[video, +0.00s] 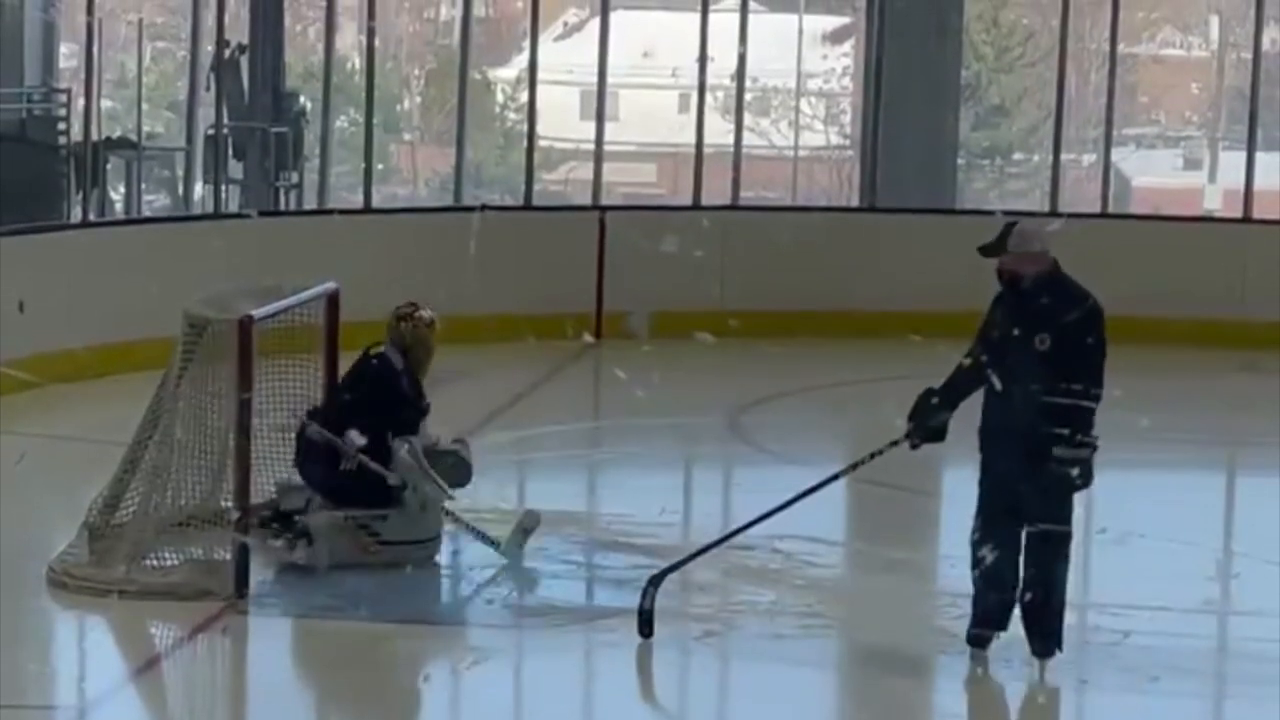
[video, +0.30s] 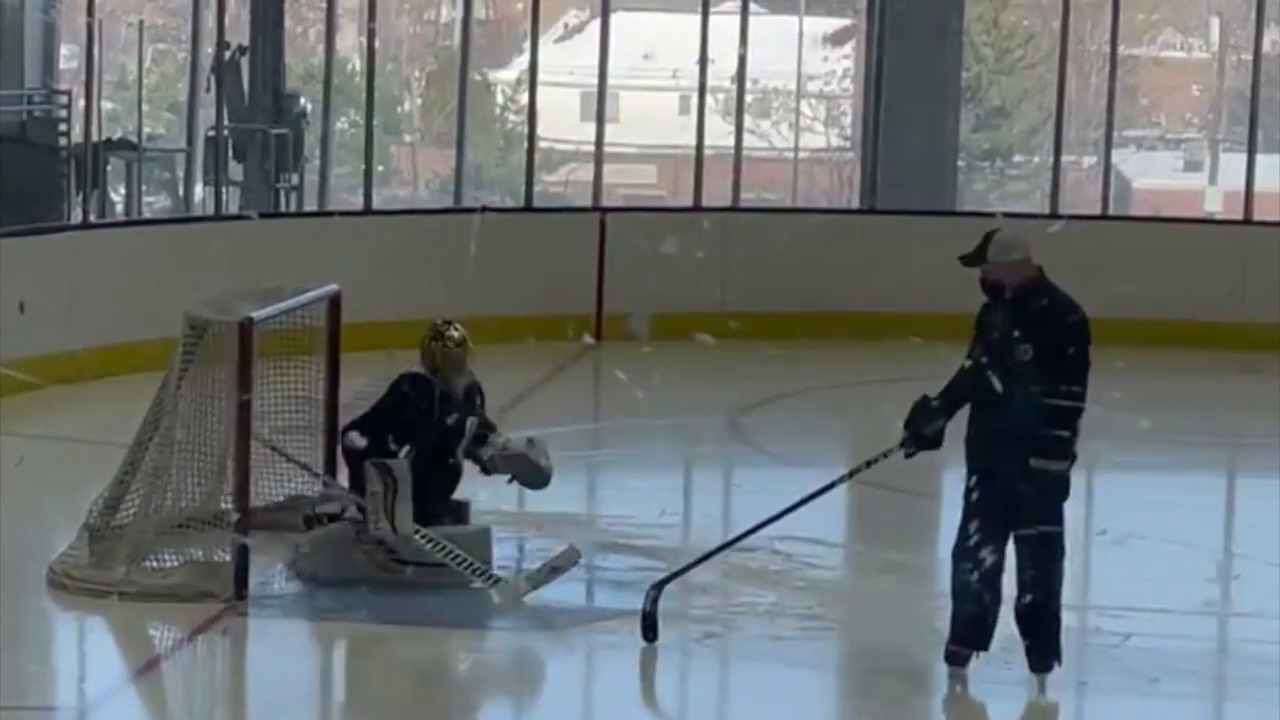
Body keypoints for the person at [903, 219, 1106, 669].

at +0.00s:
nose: (999, 268)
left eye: (1006, 261)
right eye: (999, 261)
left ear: (1031, 259)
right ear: (1017, 259)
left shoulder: (1080, 309)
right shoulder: (1009, 299)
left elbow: (1084, 387)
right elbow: (979, 361)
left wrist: (1074, 447)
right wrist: (940, 404)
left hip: (1052, 449)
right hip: (1002, 445)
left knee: (1047, 547)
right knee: (993, 540)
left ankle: (1045, 642)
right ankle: (984, 628)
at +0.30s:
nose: (985, 277)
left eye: (992, 270)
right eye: (985, 270)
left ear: (1018, 266)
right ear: (1000, 269)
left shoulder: (1065, 318)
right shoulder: (995, 311)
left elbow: (1067, 401)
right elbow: (974, 373)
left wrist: (1052, 466)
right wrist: (933, 416)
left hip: (1040, 467)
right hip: (989, 463)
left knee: (1039, 570)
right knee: (974, 560)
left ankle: (1042, 671)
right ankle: (958, 662)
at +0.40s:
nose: (978, 280)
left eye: (984, 272)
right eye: (978, 272)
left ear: (1008, 270)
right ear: (999, 270)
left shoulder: (1056, 318)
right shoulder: (990, 313)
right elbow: (977, 378)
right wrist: (937, 422)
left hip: (1037, 465)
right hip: (985, 460)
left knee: (1036, 565)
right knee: (969, 558)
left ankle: (1040, 664)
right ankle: (954, 656)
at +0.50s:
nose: (970, 281)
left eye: (976, 273)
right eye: (970, 274)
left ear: (1001, 272)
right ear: (989, 273)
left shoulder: (1049, 321)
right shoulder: (986, 314)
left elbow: (1044, 403)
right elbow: (976, 383)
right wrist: (936, 426)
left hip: (1031, 468)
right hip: (980, 463)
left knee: (1030, 569)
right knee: (961, 562)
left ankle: (1035, 671)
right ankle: (945, 663)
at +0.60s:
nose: (964, 284)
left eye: (970, 276)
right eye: (963, 276)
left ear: (994, 274)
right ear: (979, 275)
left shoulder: (1039, 324)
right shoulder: (980, 318)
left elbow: (1012, 399)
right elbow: (969, 391)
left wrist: (940, 423)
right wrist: (934, 428)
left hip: (1022, 472)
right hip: (971, 466)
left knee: (1022, 577)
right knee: (950, 568)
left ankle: (1027, 684)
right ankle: (936, 673)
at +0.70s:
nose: (955, 285)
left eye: (961, 277)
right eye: (955, 277)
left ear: (985, 275)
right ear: (975, 277)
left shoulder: (1027, 326)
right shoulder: (975, 321)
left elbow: (1013, 416)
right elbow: (962, 398)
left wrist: (943, 434)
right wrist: (930, 425)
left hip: (1013, 473)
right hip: (964, 467)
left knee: (1012, 575)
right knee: (939, 564)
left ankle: (1018, 683)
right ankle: (930, 668)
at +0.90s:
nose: (935, 288)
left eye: (941, 279)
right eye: (934, 280)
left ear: (964, 278)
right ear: (950, 281)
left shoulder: (999, 329)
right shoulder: (957, 324)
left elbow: (982, 406)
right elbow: (936, 393)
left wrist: (919, 434)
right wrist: (904, 423)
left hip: (987, 475)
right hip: (939, 470)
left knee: (981, 572)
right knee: (915, 568)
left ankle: (995, 686)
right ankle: (912, 675)